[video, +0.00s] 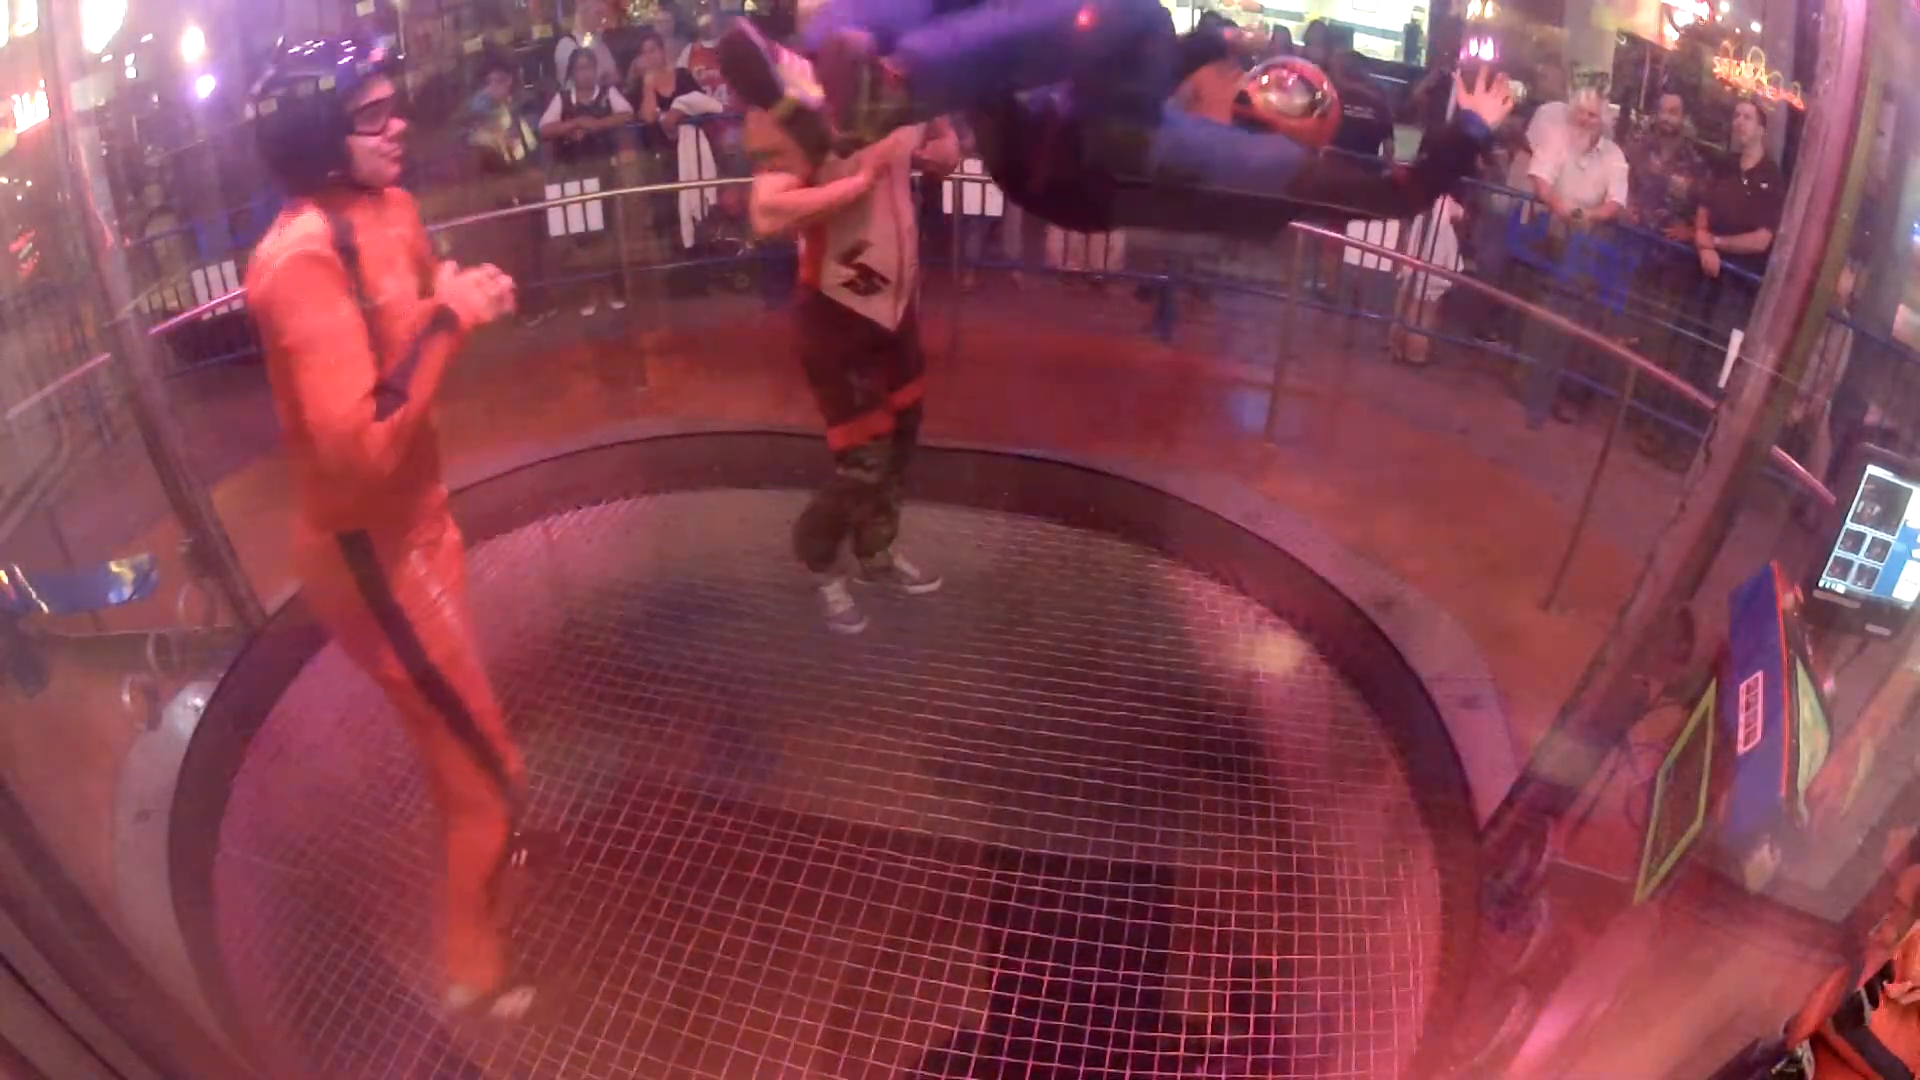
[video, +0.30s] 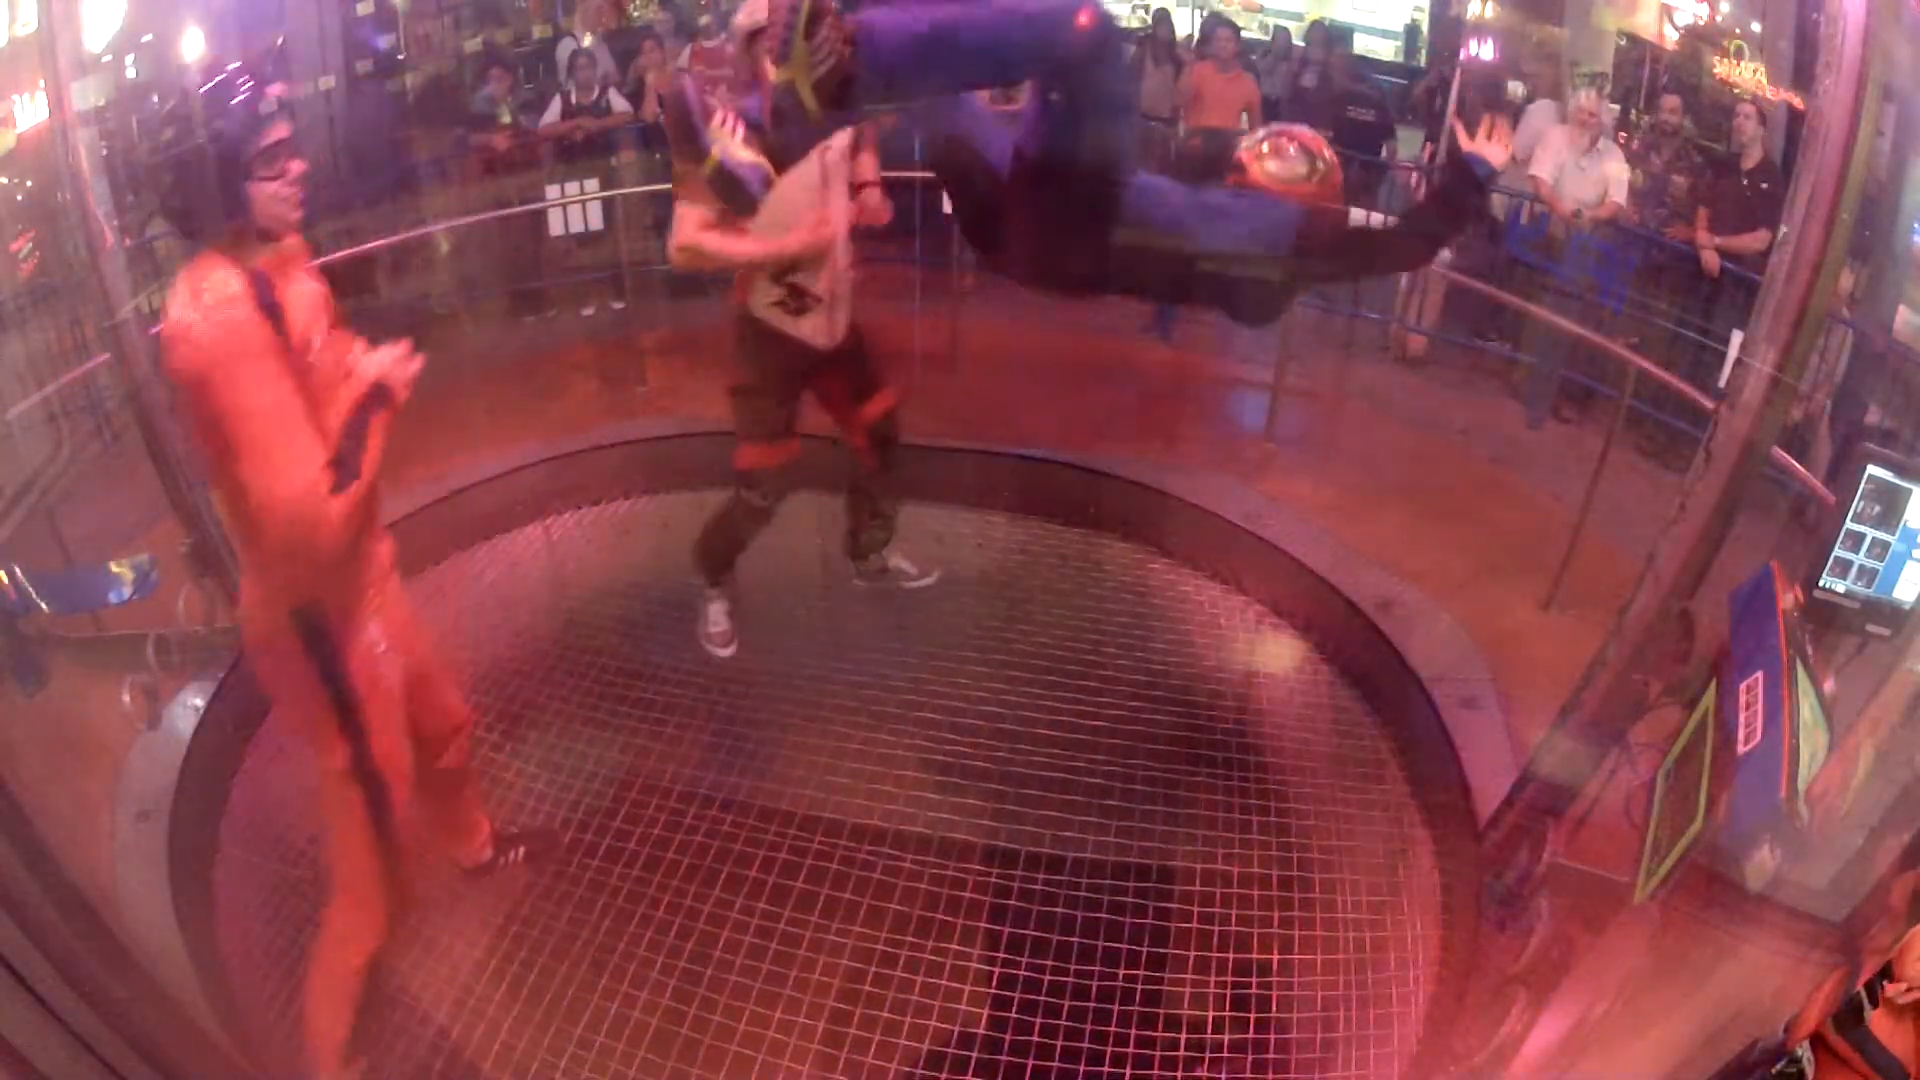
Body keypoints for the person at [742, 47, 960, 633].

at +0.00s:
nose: (869, 84)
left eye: (874, 71)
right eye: (854, 71)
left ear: (887, 83)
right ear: (832, 84)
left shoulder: (895, 131)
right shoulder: (801, 139)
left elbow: (943, 153)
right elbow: (767, 210)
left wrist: (940, 144)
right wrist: (854, 183)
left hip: (895, 311)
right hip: (835, 316)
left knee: (900, 442)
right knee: (865, 459)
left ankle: (876, 553)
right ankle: (821, 563)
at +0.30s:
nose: (772, 46)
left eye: (781, 32)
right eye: (758, 34)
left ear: (793, 40)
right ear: (732, 48)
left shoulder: (838, 124)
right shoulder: (717, 135)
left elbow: (874, 204)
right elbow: (686, 241)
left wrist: (864, 203)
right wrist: (790, 247)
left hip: (831, 320)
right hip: (766, 326)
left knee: (879, 436)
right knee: (765, 483)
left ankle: (869, 550)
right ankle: (713, 579)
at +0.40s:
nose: (757, 75)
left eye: (764, 61)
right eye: (743, 63)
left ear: (776, 66)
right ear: (714, 72)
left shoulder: (805, 132)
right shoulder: (692, 156)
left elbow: (836, 216)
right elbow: (667, 267)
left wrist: (839, 221)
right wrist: (757, 284)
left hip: (807, 332)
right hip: (735, 341)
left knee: (864, 452)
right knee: (737, 481)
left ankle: (864, 552)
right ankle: (709, 597)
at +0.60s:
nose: (722, 71)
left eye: (733, 58)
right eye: (705, 60)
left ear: (749, 68)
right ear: (677, 75)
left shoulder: (767, 138)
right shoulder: (647, 158)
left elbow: (792, 223)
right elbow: (636, 271)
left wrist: (798, 256)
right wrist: (724, 273)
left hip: (778, 340)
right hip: (706, 352)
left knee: (839, 475)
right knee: (718, 487)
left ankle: (812, 571)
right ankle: (706, 596)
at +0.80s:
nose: (700, 71)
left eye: (709, 58)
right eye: (683, 60)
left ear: (724, 66)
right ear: (655, 73)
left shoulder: (743, 129)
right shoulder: (626, 156)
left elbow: (773, 206)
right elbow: (619, 275)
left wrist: (784, 207)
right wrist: (704, 256)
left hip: (773, 342)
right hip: (701, 355)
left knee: (808, 486)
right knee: (724, 492)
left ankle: (768, 600)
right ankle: (709, 598)